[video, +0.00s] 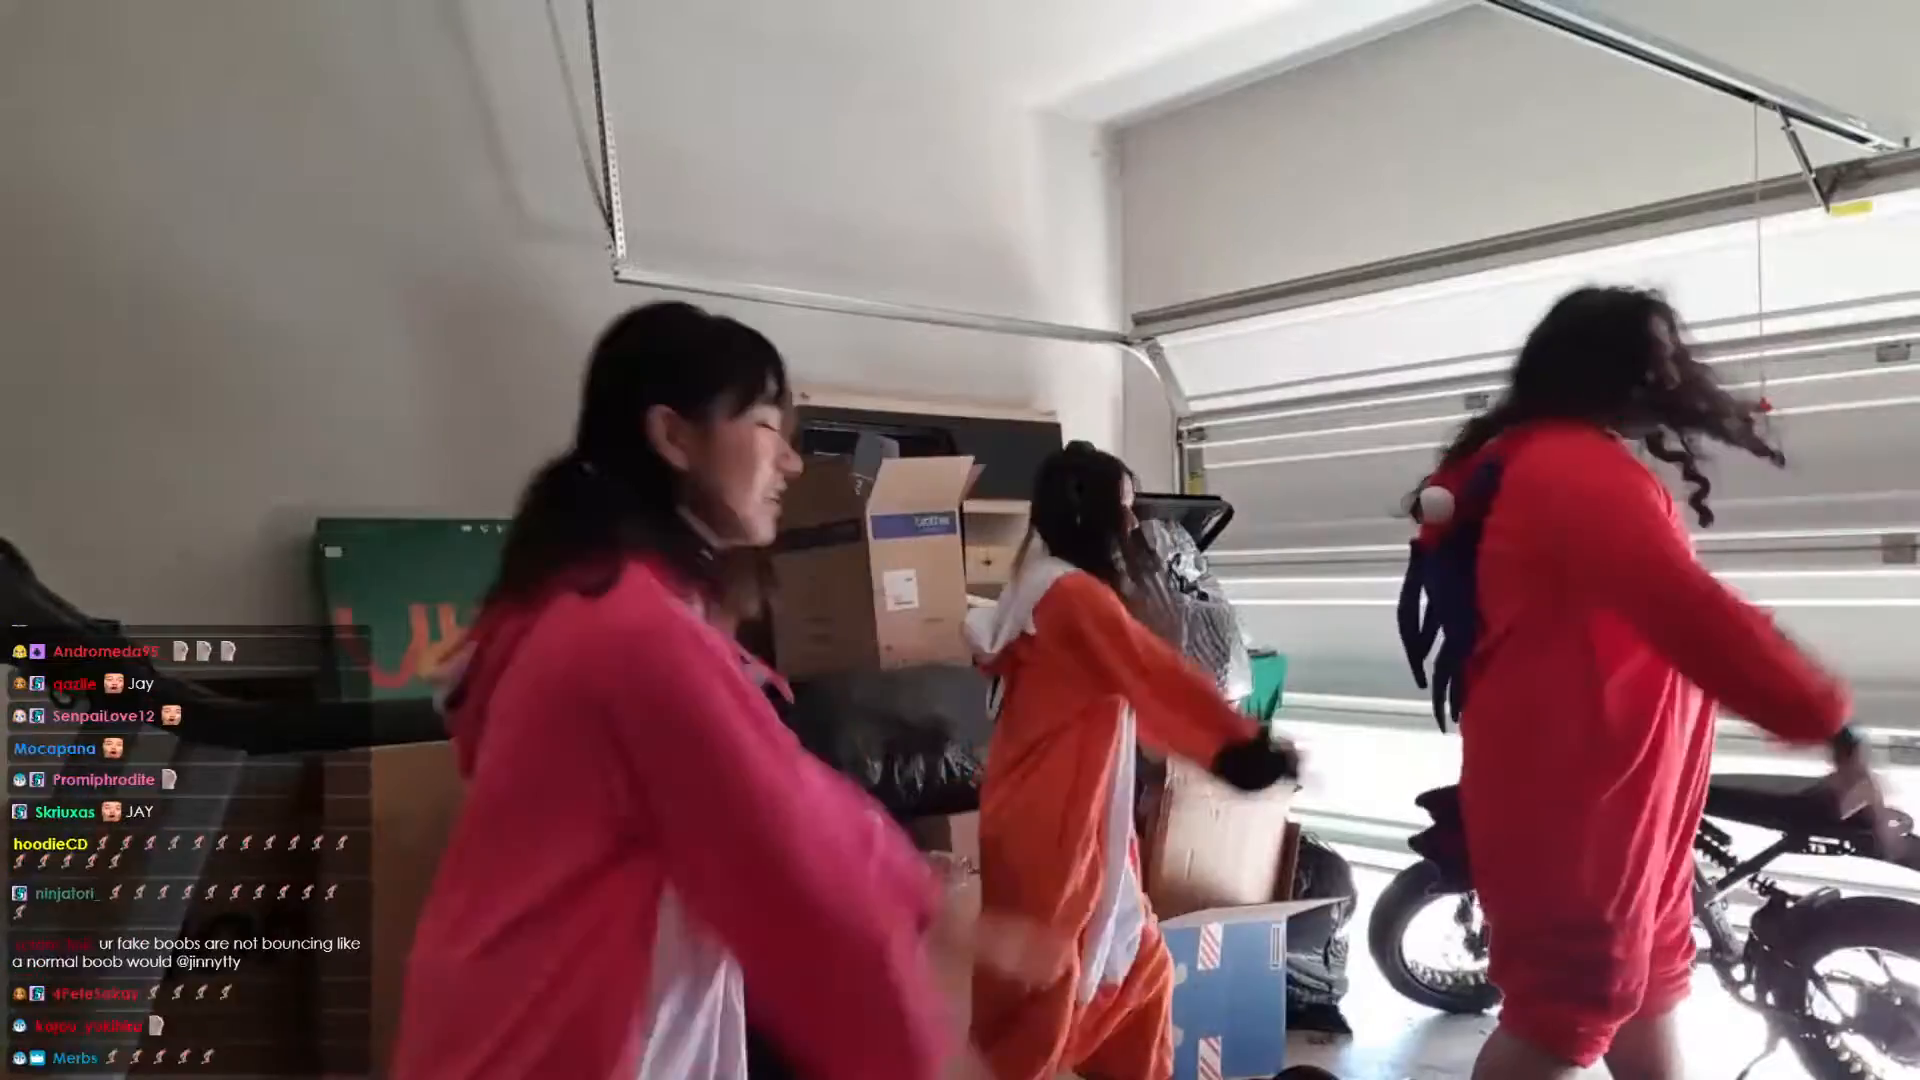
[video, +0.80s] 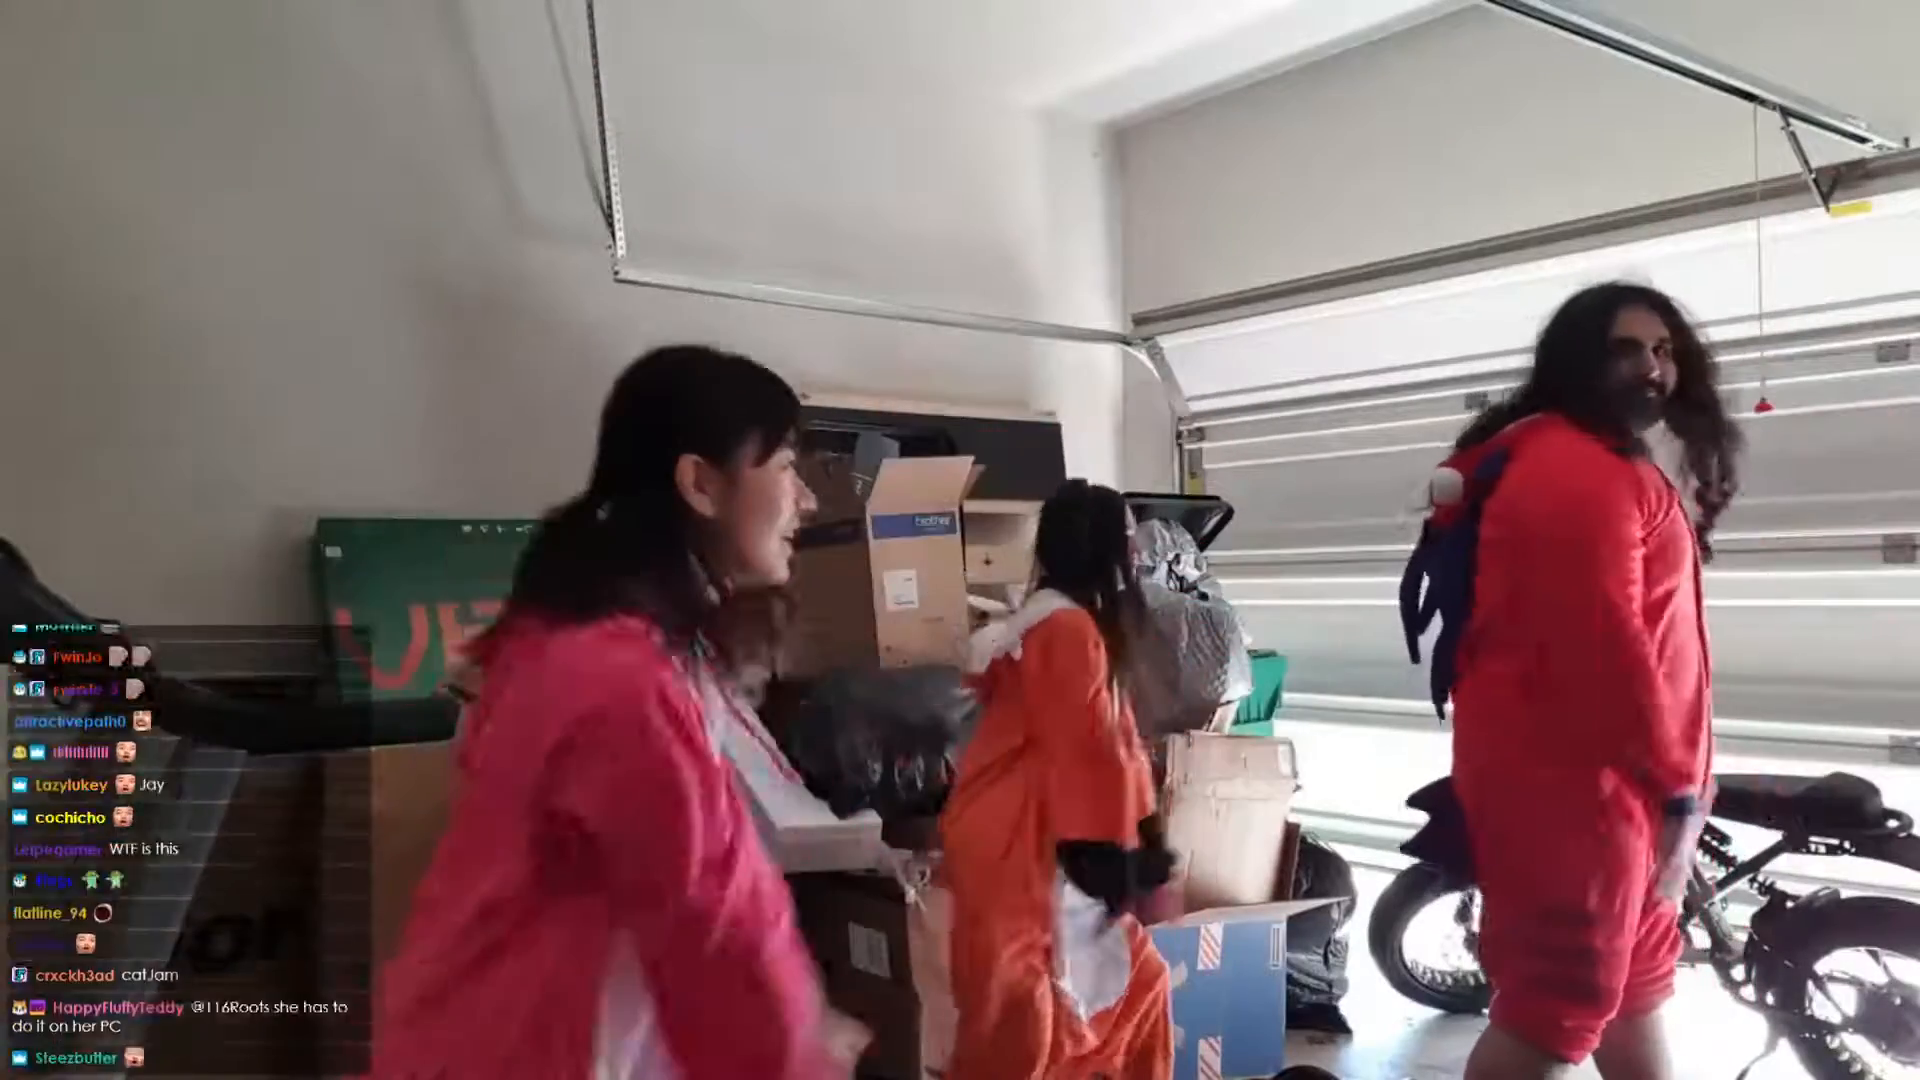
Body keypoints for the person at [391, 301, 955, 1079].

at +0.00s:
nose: (791, 461)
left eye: (783, 430)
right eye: (765, 424)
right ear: (672, 436)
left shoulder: (659, 611)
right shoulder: (634, 628)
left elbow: (800, 794)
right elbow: (807, 878)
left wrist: (936, 905)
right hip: (551, 1051)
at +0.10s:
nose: (718, 447)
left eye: (710, 416)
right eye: (691, 413)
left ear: (602, 440)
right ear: (599, 437)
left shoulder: (589, 608)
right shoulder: (569, 618)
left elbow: (830, 614)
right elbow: (845, 627)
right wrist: (1168, 564)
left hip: (645, 1042)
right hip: (598, 1055)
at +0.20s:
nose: (705, 483)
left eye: (700, 457)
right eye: (685, 458)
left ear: (602, 494)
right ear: (610, 488)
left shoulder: (541, 652)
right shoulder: (576, 651)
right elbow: (757, 491)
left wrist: (774, 299)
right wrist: (866, 215)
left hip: (556, 1040)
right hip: (630, 1050)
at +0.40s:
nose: (737, 488)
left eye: (745, 455)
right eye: (724, 455)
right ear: (653, 457)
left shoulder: (662, 646)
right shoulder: (585, 628)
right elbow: (757, 458)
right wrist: (841, 216)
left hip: (679, 1050)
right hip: (608, 1053)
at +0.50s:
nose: (791, 455)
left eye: (788, 425)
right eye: (773, 421)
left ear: (689, 440)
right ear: (686, 434)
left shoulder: (648, 609)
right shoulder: (592, 589)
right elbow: (867, 577)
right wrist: (1094, 480)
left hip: (634, 1043)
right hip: (552, 1049)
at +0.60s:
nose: (833, 480)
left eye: (821, 452)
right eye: (808, 450)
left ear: (731, 482)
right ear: (727, 480)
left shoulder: (692, 640)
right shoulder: (651, 651)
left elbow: (818, 849)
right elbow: (810, 861)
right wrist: (998, 995)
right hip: (510, 1042)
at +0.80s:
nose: (806, 501)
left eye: (797, 468)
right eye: (783, 467)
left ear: (699, 488)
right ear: (700, 485)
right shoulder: (625, 680)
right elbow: (721, 932)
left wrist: (800, 1027)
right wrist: (806, 1048)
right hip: (534, 1052)